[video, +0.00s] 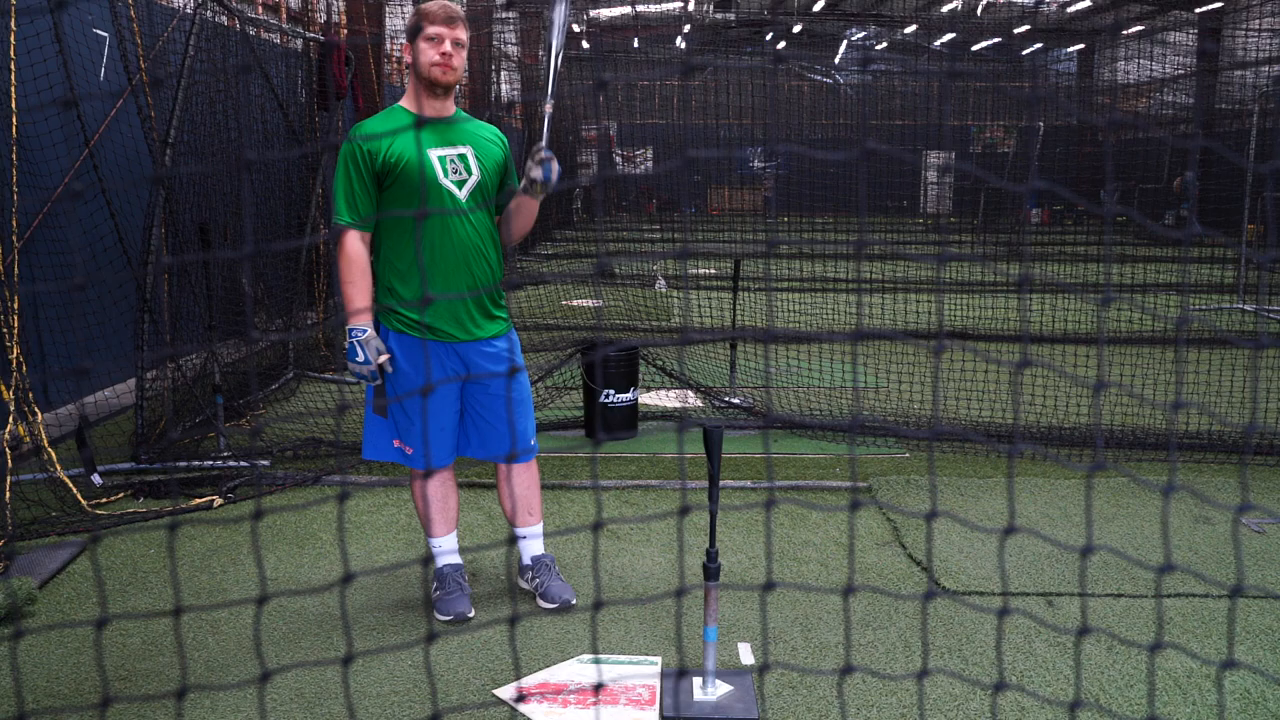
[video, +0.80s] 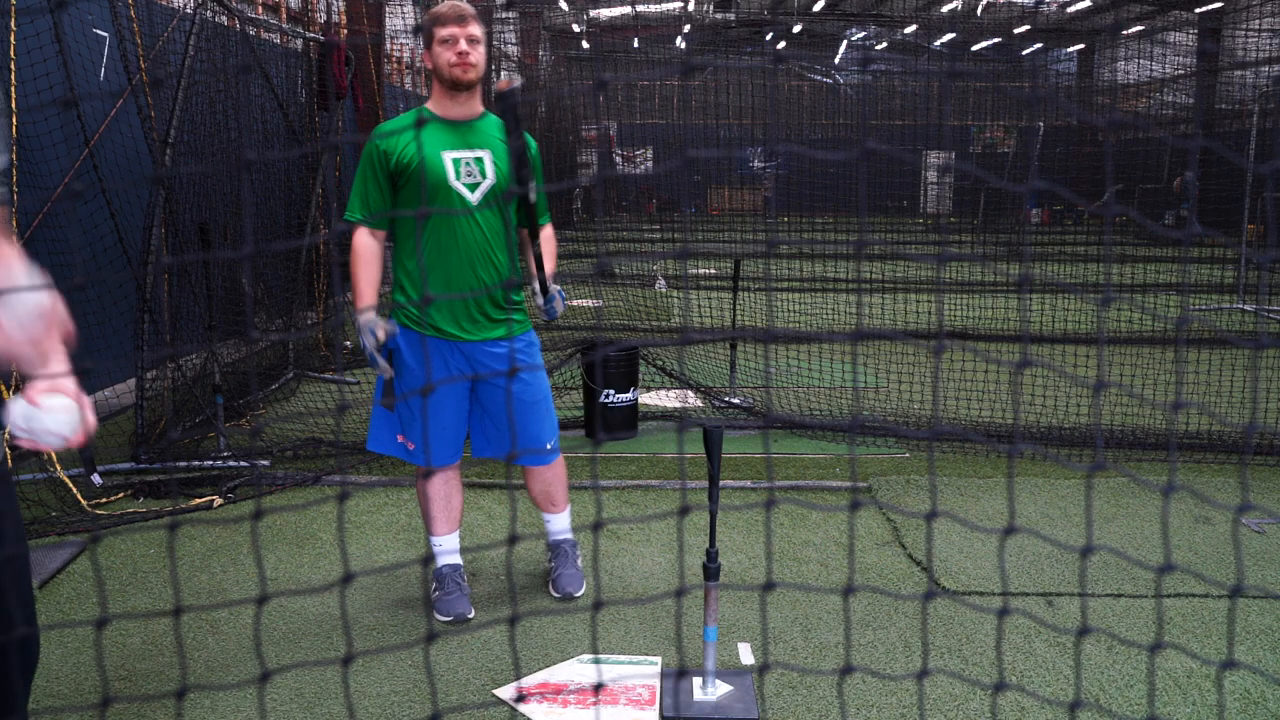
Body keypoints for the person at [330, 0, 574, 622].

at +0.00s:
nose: (448, 53)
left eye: (458, 45)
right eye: (436, 42)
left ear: (467, 58)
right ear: (408, 52)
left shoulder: (490, 141)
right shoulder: (370, 141)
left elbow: (507, 234)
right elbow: (354, 236)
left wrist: (533, 188)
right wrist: (360, 326)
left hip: (488, 325)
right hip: (410, 329)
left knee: (516, 443)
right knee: (431, 454)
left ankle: (534, 561)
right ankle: (448, 569)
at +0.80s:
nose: (462, 51)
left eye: (472, 42)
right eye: (448, 43)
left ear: (487, 54)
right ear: (426, 57)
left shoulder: (515, 143)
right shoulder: (392, 142)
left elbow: (541, 221)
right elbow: (368, 232)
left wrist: (545, 280)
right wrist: (366, 314)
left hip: (508, 325)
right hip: (427, 330)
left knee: (541, 443)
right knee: (439, 455)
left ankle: (562, 547)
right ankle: (448, 568)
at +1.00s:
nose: (479, 53)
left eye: (489, 43)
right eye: (465, 45)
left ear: (506, 54)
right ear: (448, 59)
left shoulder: (542, 145)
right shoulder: (414, 143)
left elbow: (564, 225)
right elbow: (387, 216)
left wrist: (560, 282)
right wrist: (382, 259)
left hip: (525, 325)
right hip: (444, 327)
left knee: (547, 445)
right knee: (448, 455)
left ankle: (562, 548)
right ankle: (449, 567)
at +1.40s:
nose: (519, 60)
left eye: (532, 49)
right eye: (510, 51)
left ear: (558, 57)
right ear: (502, 61)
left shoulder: (592, 147)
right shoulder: (470, 137)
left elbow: (617, 227)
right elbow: (436, 224)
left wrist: (609, 288)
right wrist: (452, 212)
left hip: (568, 325)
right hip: (489, 324)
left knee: (572, 441)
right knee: (476, 446)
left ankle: (564, 548)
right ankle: (453, 566)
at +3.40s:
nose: (550, 62)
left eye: (560, 50)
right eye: (539, 54)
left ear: (585, 56)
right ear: (529, 65)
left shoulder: (622, 148)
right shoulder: (500, 143)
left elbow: (650, 229)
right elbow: (480, 233)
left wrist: (639, 285)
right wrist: (475, 216)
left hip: (589, 322)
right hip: (514, 319)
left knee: (577, 436)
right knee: (500, 436)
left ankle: (566, 546)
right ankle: (486, 550)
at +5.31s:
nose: (572, 58)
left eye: (579, 49)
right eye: (559, 51)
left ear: (593, 59)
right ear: (539, 64)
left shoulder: (624, 148)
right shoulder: (505, 141)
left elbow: (652, 225)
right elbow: (480, 232)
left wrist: (635, 275)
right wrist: (479, 182)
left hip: (593, 318)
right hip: (518, 316)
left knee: (580, 438)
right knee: (503, 438)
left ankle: (566, 547)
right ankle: (486, 550)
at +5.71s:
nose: (577, 60)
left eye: (583, 51)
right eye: (564, 52)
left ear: (594, 59)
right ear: (537, 64)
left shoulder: (623, 148)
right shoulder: (506, 135)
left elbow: (654, 225)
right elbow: (473, 211)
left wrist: (630, 282)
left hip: (590, 324)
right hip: (515, 321)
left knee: (577, 441)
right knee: (501, 444)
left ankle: (566, 546)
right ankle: (486, 550)